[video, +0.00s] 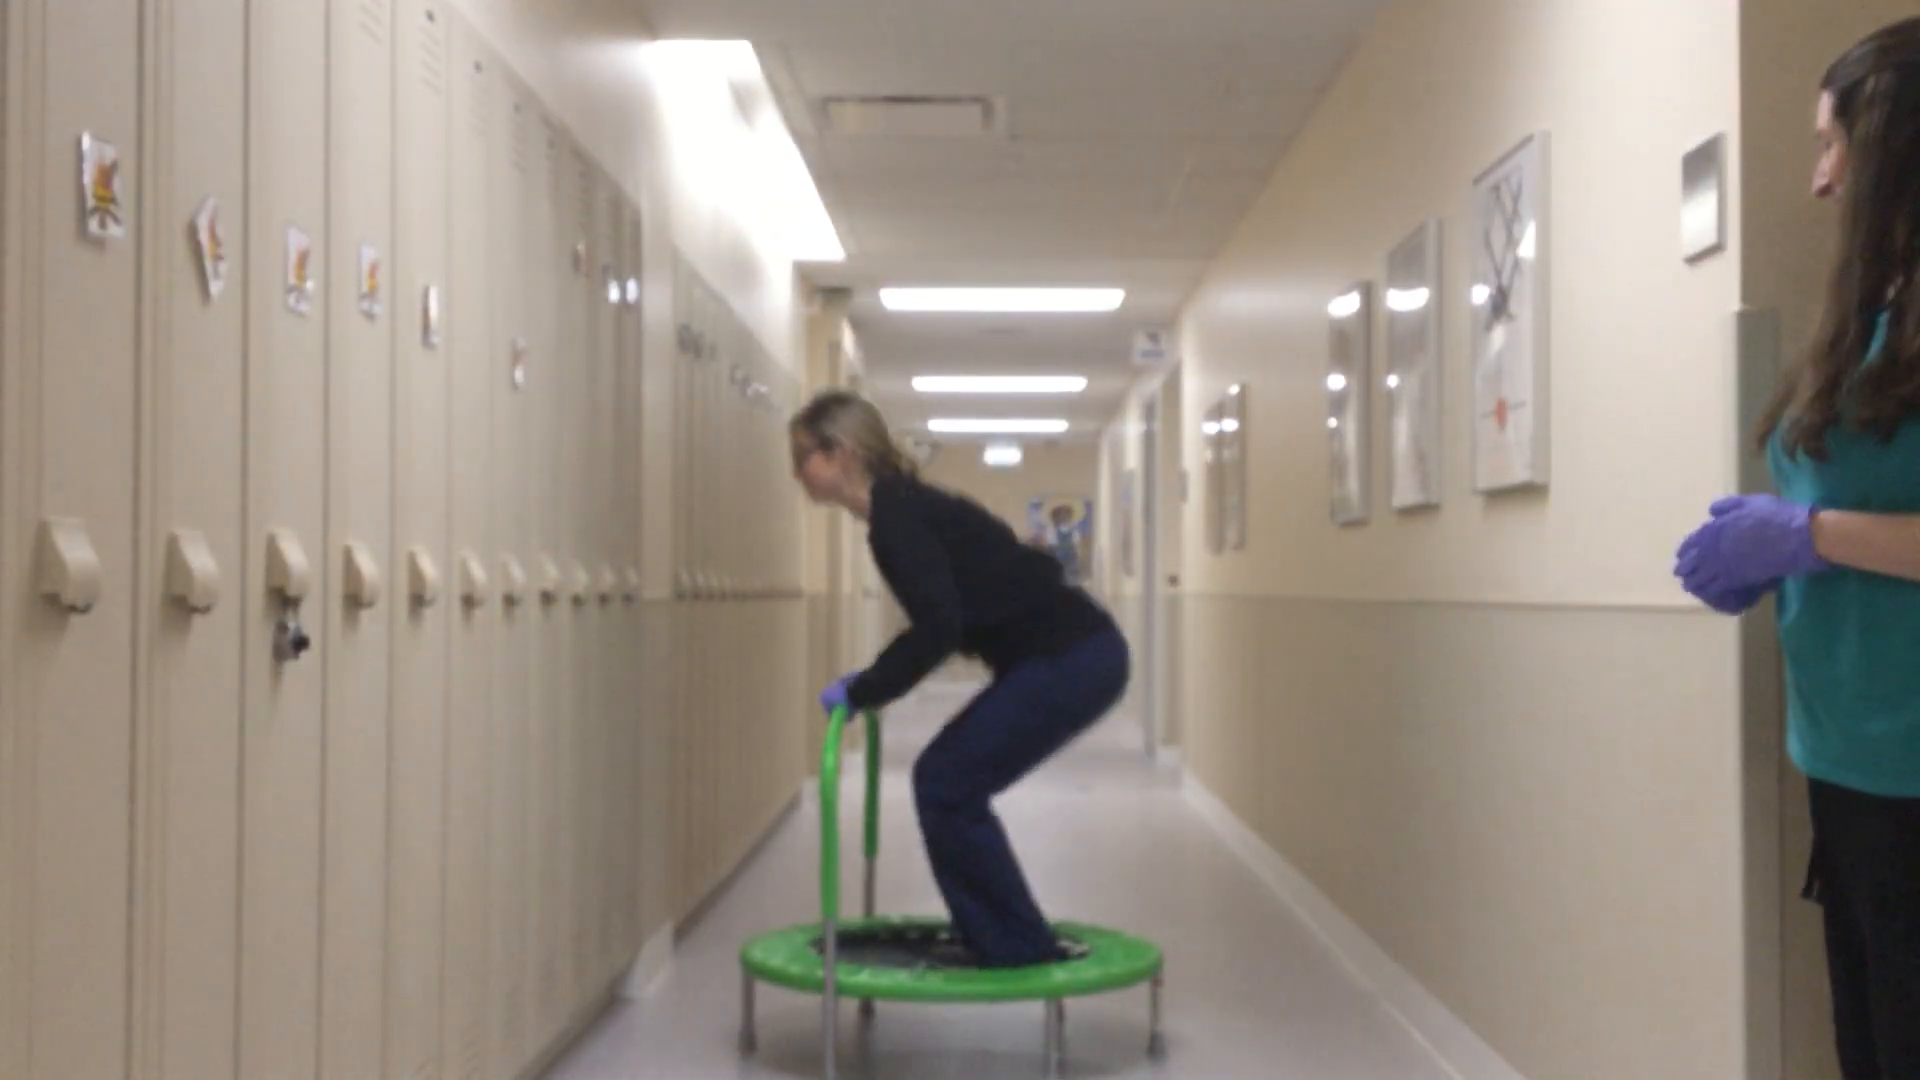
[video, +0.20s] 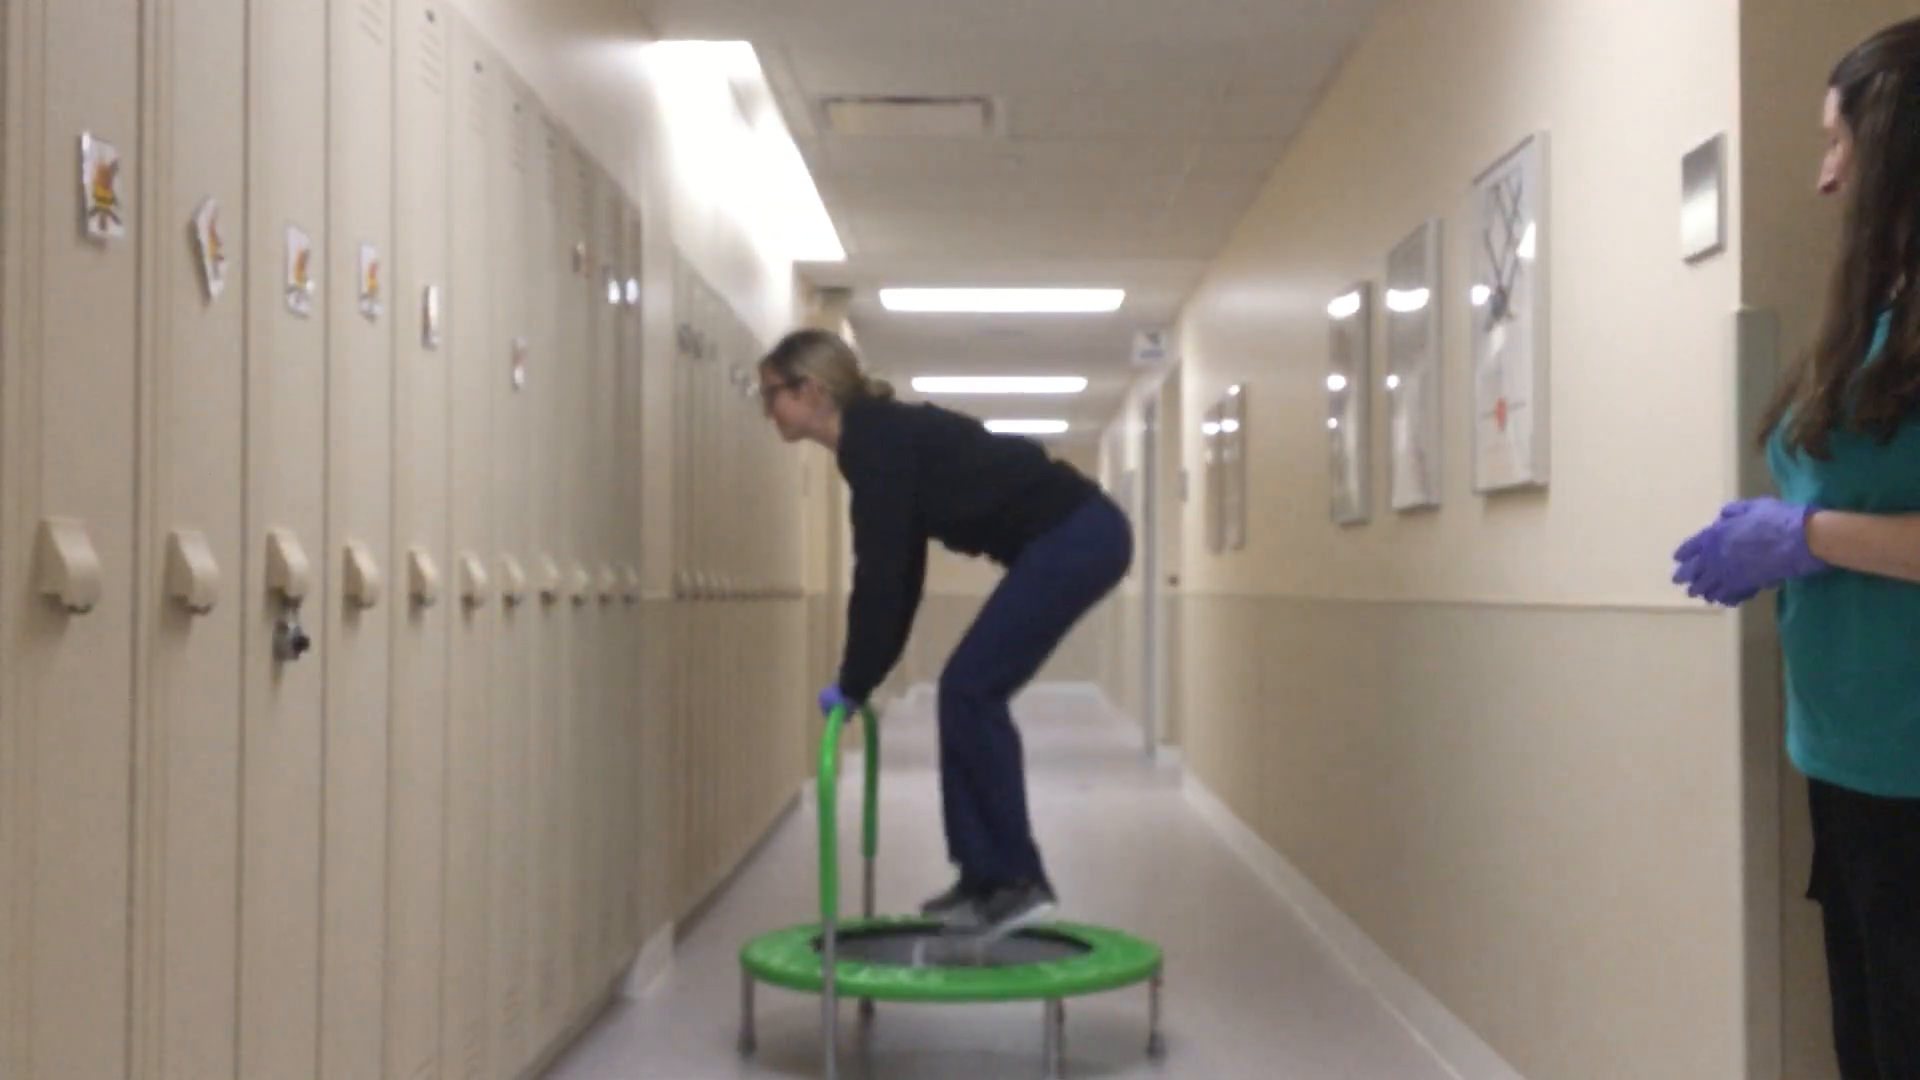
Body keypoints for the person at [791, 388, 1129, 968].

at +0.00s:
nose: (797, 473)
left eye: (802, 457)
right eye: (796, 459)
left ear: (838, 455)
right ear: (841, 456)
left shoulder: (899, 512)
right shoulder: (896, 511)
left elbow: (941, 626)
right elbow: (938, 624)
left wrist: (863, 690)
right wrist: (865, 684)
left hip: (1075, 659)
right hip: (1066, 656)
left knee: (947, 778)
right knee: (943, 775)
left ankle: (1013, 942)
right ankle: (993, 933)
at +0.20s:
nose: (769, 413)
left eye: (773, 395)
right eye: (766, 397)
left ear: (809, 391)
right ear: (816, 391)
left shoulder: (877, 441)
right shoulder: (878, 438)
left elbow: (886, 572)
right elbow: (898, 575)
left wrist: (853, 682)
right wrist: (856, 680)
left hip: (1079, 537)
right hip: (1068, 538)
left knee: (972, 690)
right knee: (966, 690)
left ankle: (1013, 881)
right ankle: (985, 878)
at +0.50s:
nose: (796, 458)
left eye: (802, 443)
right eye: (796, 444)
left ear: (836, 446)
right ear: (841, 446)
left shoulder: (892, 500)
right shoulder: (895, 496)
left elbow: (932, 616)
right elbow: (934, 614)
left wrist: (864, 686)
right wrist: (865, 682)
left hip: (1073, 640)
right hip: (1076, 636)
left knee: (955, 776)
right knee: (966, 776)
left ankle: (1012, 942)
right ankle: (1016, 937)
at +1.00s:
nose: (750, 417)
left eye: (753, 400)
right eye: (747, 403)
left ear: (788, 394)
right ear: (798, 393)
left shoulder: (851, 443)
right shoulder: (862, 438)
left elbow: (873, 569)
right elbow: (894, 573)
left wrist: (854, 682)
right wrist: (861, 679)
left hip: (1061, 539)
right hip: (1060, 537)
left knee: (1014, 723)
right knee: (1012, 721)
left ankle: (1014, 919)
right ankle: (1011, 916)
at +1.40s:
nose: (776, 450)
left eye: (782, 434)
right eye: (774, 436)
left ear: (818, 432)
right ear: (820, 434)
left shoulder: (873, 491)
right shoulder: (870, 489)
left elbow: (911, 608)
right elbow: (908, 607)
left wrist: (857, 687)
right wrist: (858, 682)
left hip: (1061, 622)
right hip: (1056, 620)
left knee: (955, 766)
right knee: (956, 764)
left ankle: (998, 936)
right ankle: (996, 932)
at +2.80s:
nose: (824, 386)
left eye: (819, 368)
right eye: (815, 374)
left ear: (851, 346)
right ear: (856, 346)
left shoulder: (916, 398)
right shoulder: (918, 396)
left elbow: (908, 528)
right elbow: (909, 528)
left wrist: (879, 646)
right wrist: (880, 645)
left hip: (1087, 541)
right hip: (1083, 539)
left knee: (1006, 707)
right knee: (1006, 708)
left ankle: (1014, 909)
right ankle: (1005, 905)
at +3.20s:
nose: (839, 468)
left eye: (835, 452)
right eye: (830, 458)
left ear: (865, 430)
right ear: (868, 431)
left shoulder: (929, 487)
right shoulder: (924, 486)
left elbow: (966, 603)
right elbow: (962, 604)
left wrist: (891, 681)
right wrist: (891, 678)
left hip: (1087, 650)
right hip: (1076, 648)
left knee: (964, 775)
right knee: (961, 773)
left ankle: (1016, 946)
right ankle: (1012, 942)